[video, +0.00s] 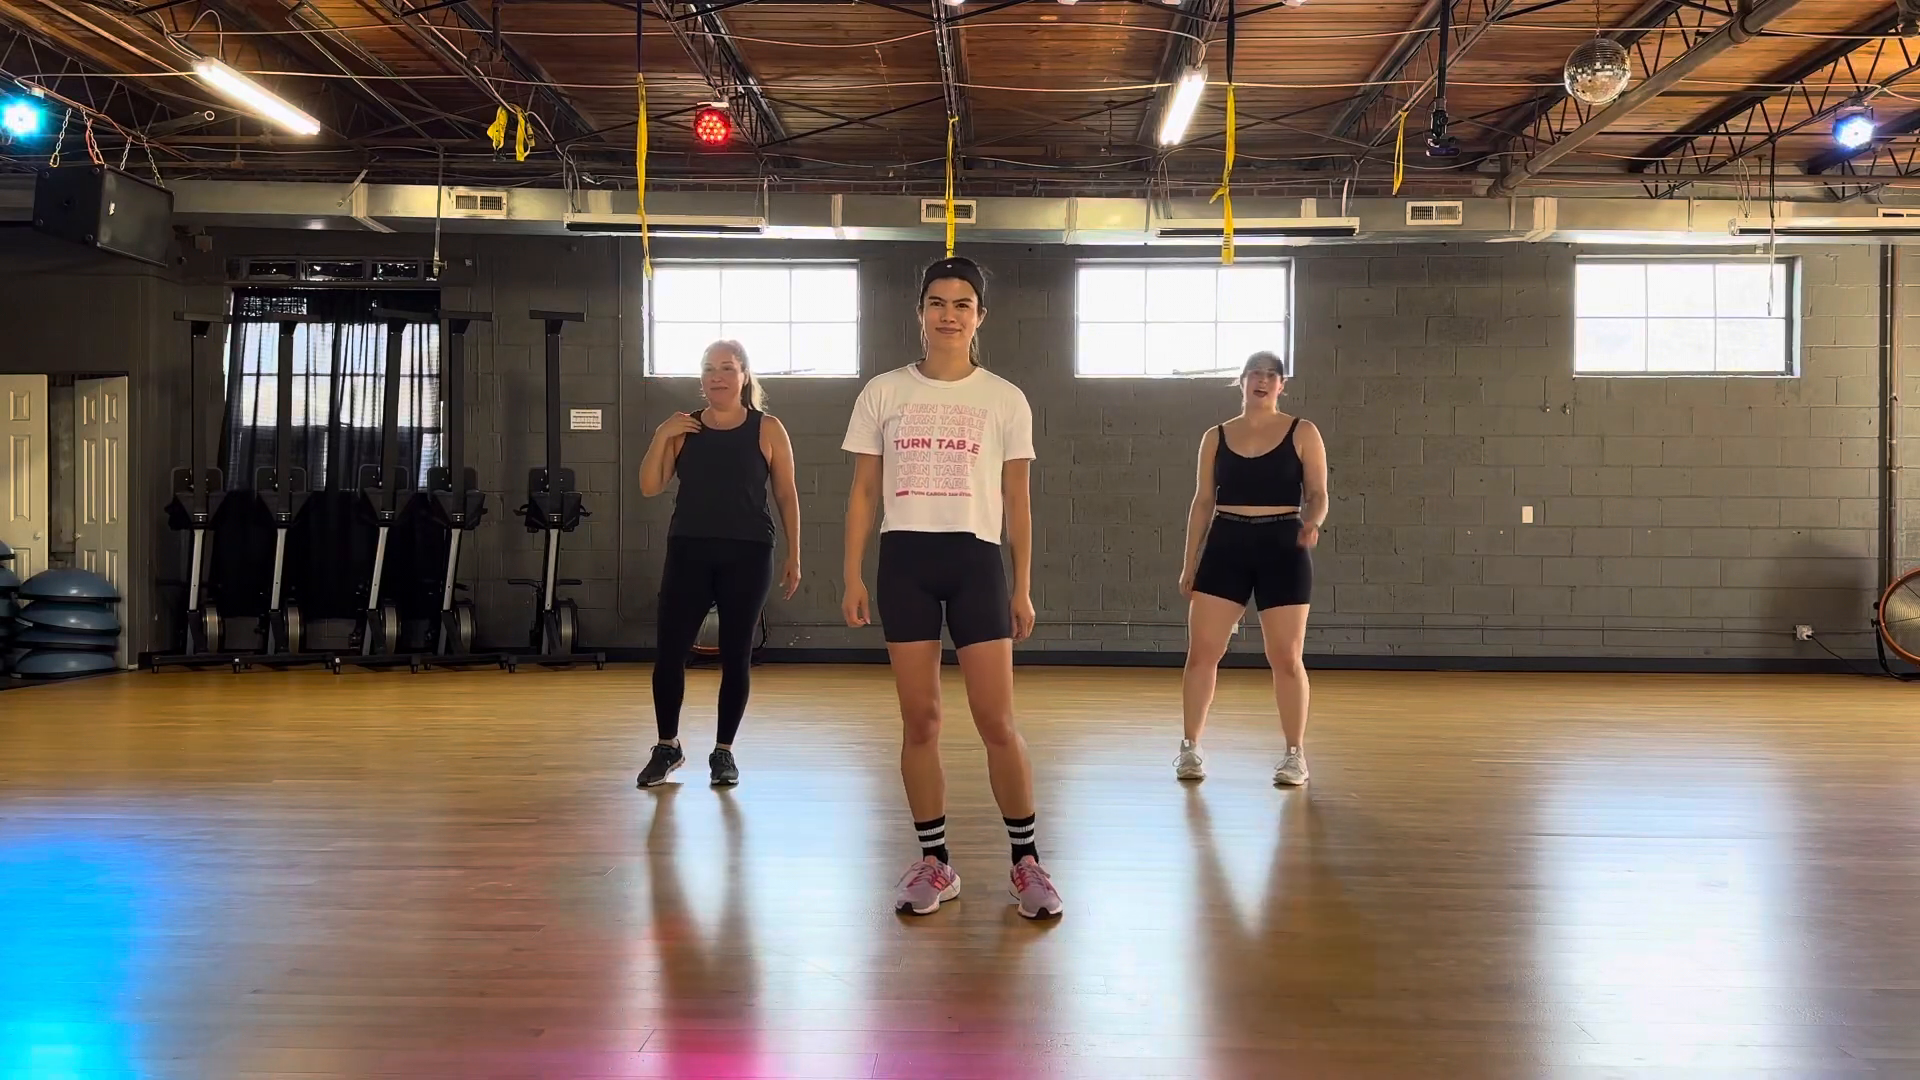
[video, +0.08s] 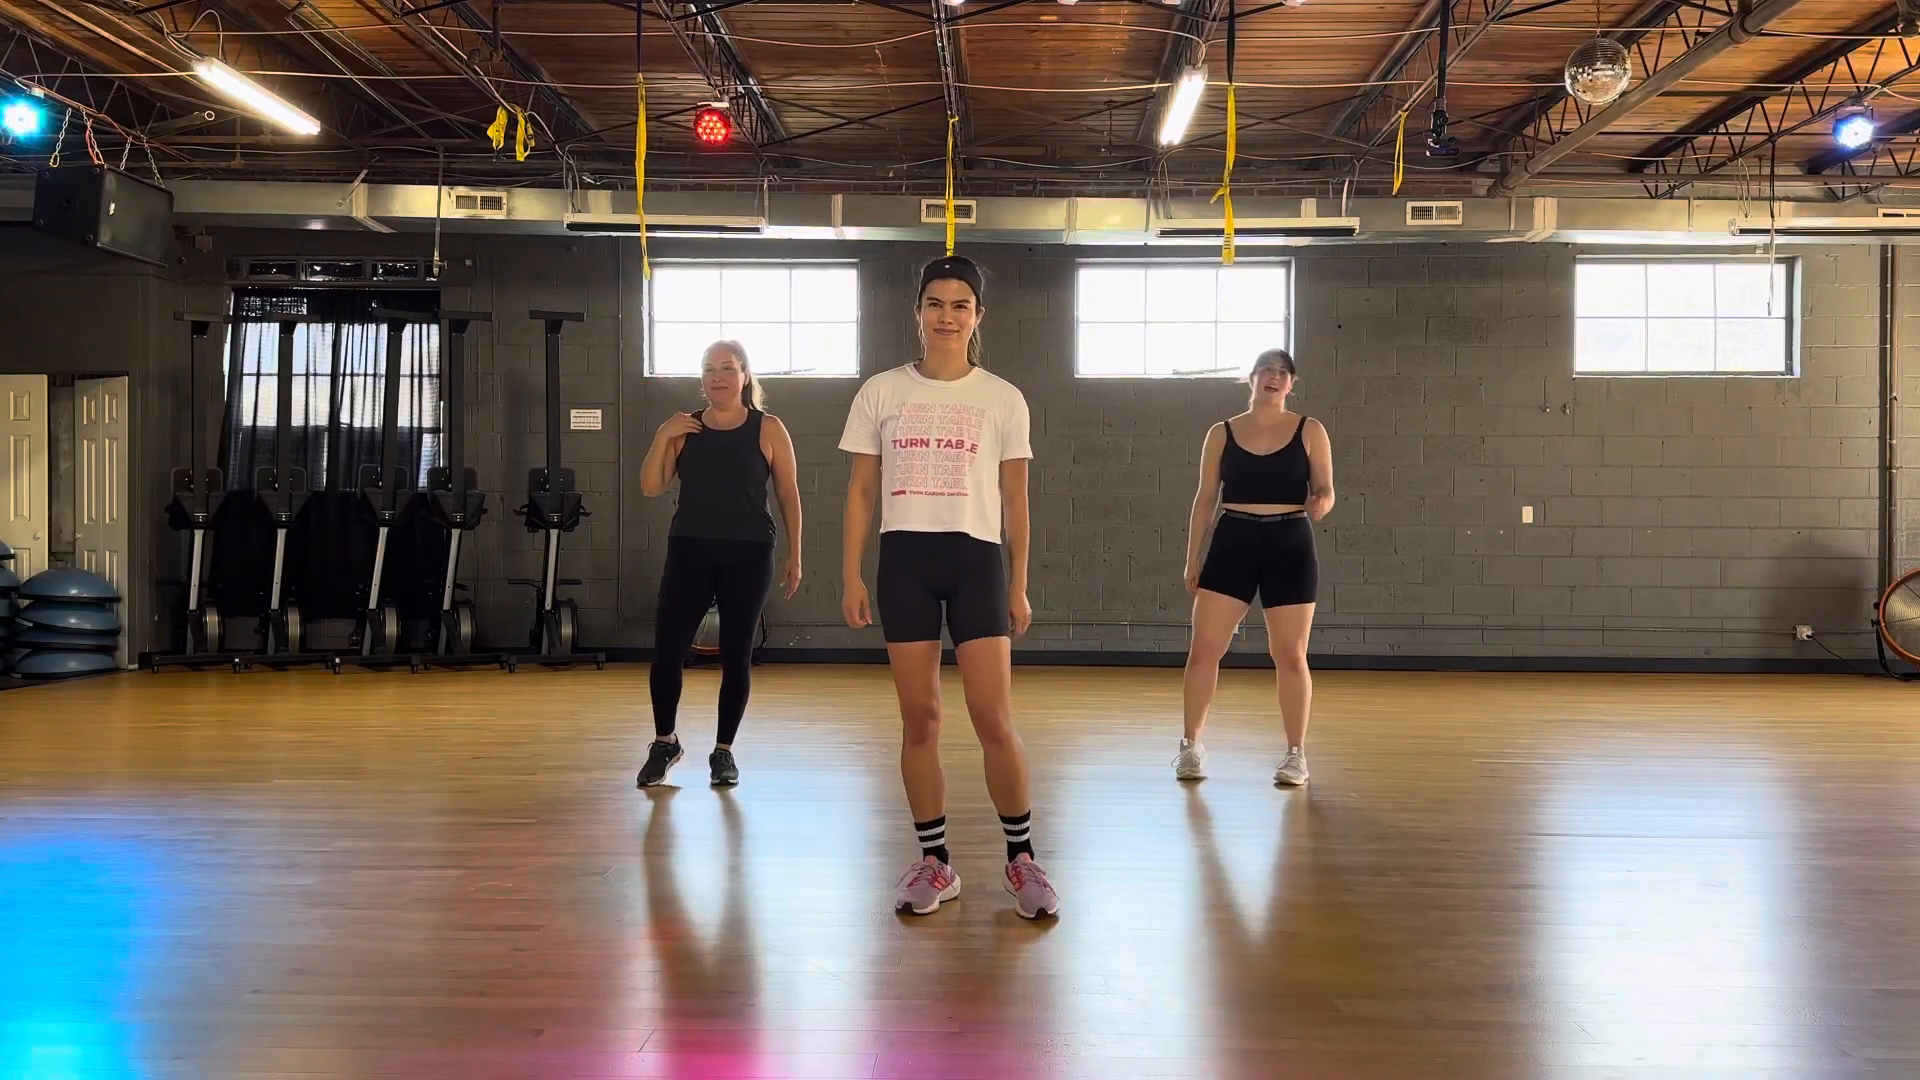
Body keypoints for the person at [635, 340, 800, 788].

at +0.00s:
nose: (717, 376)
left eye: (727, 369)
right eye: (710, 369)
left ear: (745, 377)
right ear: (701, 377)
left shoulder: (768, 429)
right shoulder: (683, 427)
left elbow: (786, 496)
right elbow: (650, 485)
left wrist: (793, 556)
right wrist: (662, 434)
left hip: (747, 554)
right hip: (688, 552)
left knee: (735, 655)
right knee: (670, 649)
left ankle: (723, 750)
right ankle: (667, 745)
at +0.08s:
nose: (718, 377)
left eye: (728, 369)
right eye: (711, 370)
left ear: (745, 376)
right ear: (702, 378)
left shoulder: (769, 429)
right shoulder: (684, 427)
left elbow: (788, 495)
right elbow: (651, 485)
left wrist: (795, 555)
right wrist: (663, 435)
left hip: (747, 554)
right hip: (689, 552)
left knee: (735, 654)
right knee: (668, 648)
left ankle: (723, 749)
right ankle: (664, 741)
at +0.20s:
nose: (719, 377)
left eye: (729, 369)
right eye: (712, 370)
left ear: (747, 376)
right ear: (703, 378)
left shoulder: (771, 429)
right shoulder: (685, 427)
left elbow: (790, 496)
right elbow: (655, 488)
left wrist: (798, 554)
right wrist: (666, 438)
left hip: (748, 554)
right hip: (690, 551)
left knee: (736, 655)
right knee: (672, 649)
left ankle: (723, 749)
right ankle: (667, 743)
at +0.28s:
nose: (720, 377)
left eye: (730, 370)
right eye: (713, 370)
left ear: (747, 377)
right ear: (704, 379)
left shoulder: (770, 429)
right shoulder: (686, 427)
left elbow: (790, 497)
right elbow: (655, 488)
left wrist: (799, 555)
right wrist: (666, 439)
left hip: (748, 554)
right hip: (690, 553)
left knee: (736, 656)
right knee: (677, 652)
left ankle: (724, 750)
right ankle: (670, 750)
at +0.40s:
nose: (721, 375)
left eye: (731, 368)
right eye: (714, 368)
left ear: (748, 376)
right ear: (705, 377)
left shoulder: (770, 429)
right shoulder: (686, 426)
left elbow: (794, 493)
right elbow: (651, 484)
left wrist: (802, 553)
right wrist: (665, 435)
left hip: (748, 554)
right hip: (690, 552)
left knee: (737, 655)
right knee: (677, 651)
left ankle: (723, 750)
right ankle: (670, 749)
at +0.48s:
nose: (723, 374)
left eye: (732, 366)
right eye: (715, 367)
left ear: (749, 375)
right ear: (706, 376)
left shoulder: (773, 428)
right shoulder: (687, 424)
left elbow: (801, 491)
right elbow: (650, 482)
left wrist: (805, 548)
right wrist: (666, 434)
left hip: (748, 554)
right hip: (690, 551)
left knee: (736, 655)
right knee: (674, 649)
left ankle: (723, 750)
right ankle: (669, 746)